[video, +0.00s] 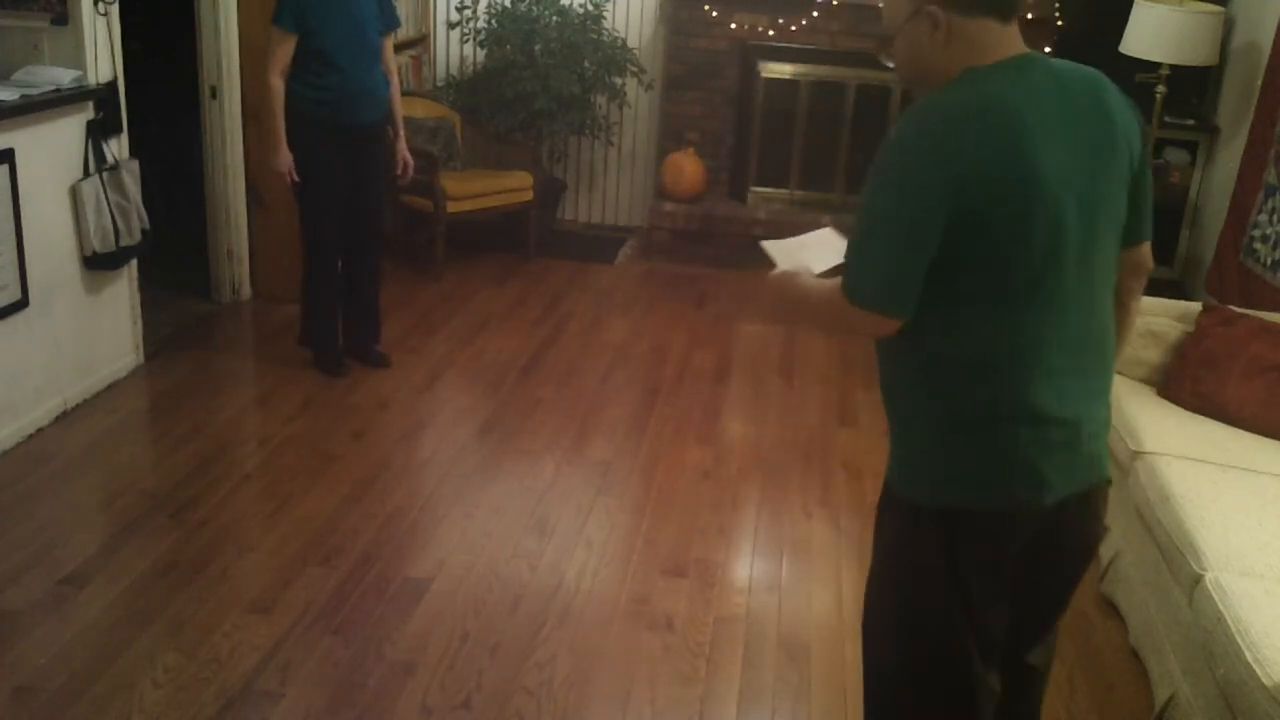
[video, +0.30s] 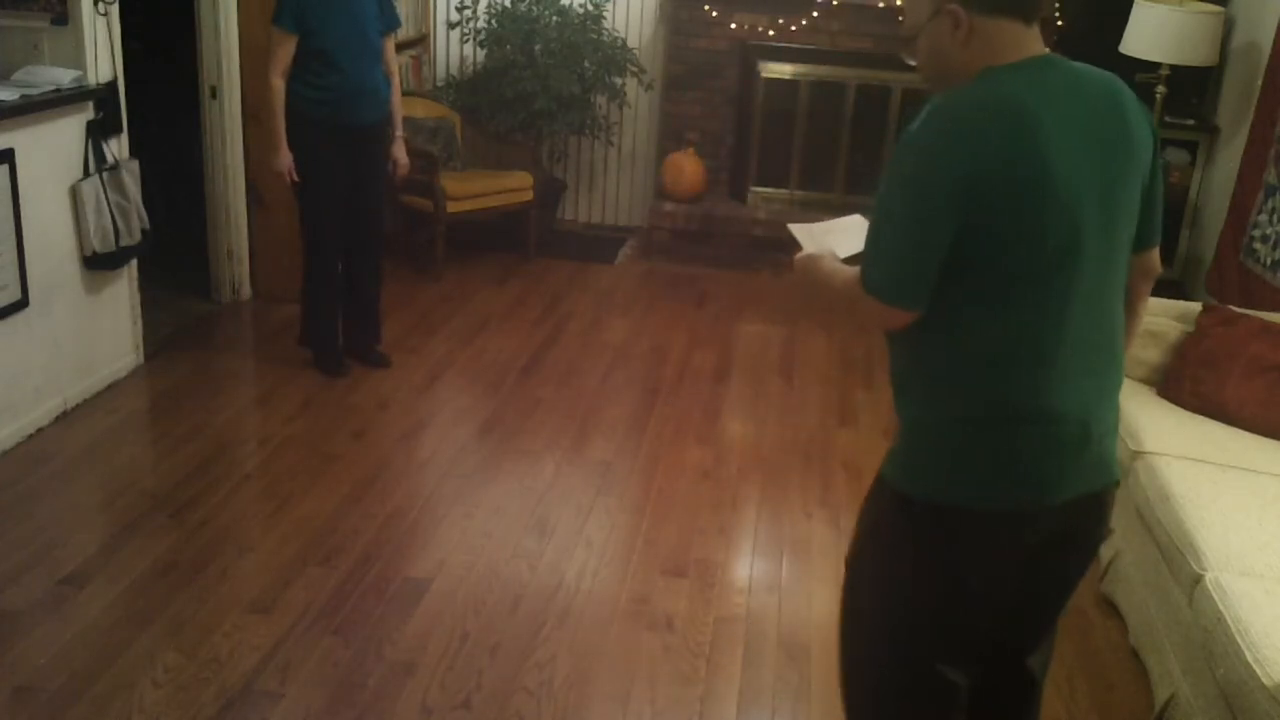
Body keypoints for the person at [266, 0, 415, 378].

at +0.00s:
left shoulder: (379, 6)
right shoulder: (297, 6)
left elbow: (389, 71)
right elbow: (276, 73)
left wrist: (400, 137)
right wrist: (281, 146)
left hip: (370, 133)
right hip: (317, 134)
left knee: (367, 239)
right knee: (322, 241)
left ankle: (363, 339)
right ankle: (323, 345)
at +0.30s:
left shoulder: (380, 6)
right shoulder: (296, 7)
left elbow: (391, 70)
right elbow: (277, 74)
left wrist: (398, 136)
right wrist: (281, 146)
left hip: (370, 132)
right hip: (317, 134)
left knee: (367, 238)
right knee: (323, 240)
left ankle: (363, 339)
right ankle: (323, 345)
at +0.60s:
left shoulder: (381, 6)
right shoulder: (298, 7)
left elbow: (390, 72)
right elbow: (278, 74)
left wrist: (397, 139)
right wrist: (281, 146)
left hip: (372, 131)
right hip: (318, 132)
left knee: (368, 238)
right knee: (324, 239)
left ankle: (363, 340)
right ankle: (323, 345)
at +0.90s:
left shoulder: (384, 6)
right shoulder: (300, 7)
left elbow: (393, 71)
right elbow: (281, 74)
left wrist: (400, 138)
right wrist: (283, 145)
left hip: (374, 132)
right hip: (320, 133)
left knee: (368, 239)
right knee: (324, 240)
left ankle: (364, 340)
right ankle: (324, 345)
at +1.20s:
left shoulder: (389, 7)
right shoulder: (304, 7)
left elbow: (402, 74)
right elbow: (285, 75)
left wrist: (406, 141)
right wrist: (287, 146)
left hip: (377, 133)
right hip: (323, 134)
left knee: (370, 238)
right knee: (327, 239)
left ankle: (365, 339)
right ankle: (326, 345)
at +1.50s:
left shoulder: (387, 7)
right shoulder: (306, 8)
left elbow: (401, 79)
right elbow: (281, 84)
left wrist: (413, 148)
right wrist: (285, 155)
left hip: (376, 141)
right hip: (320, 142)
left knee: (376, 242)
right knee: (316, 245)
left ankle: (365, 341)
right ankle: (285, 354)